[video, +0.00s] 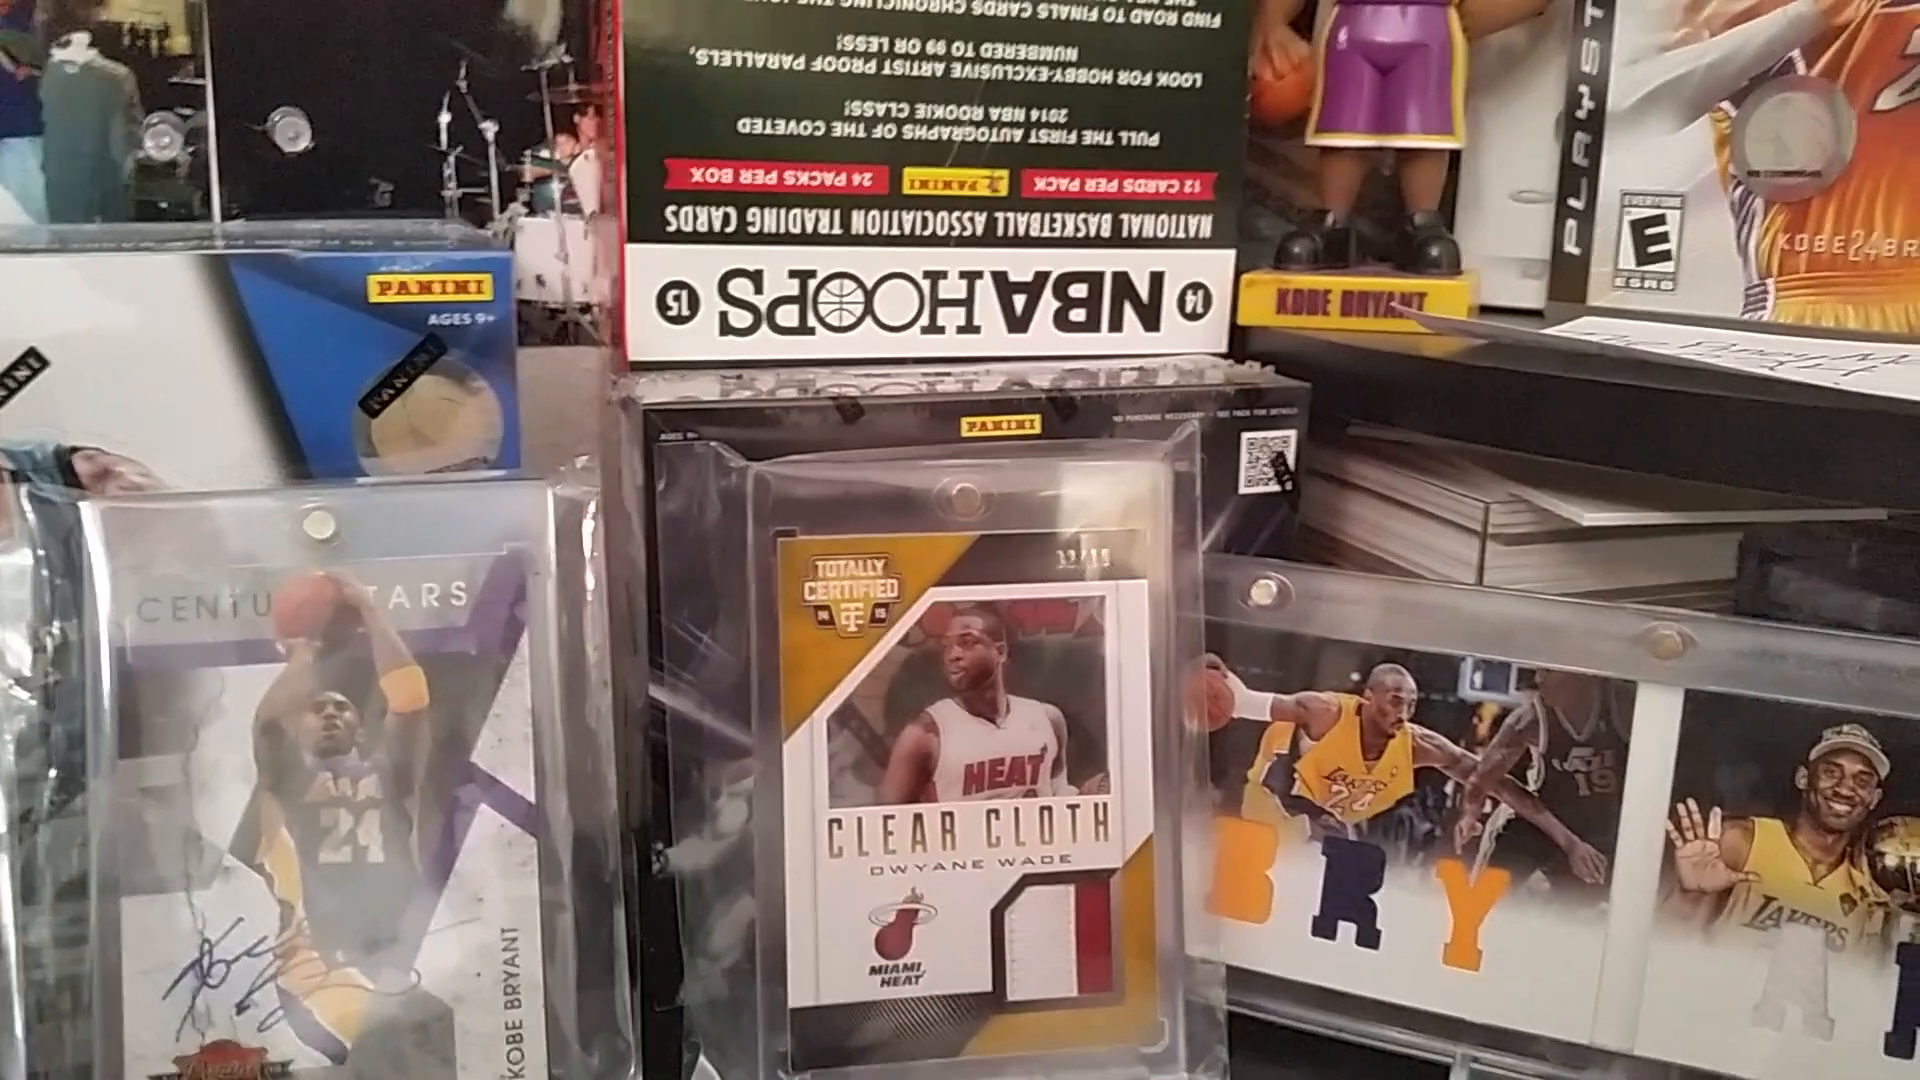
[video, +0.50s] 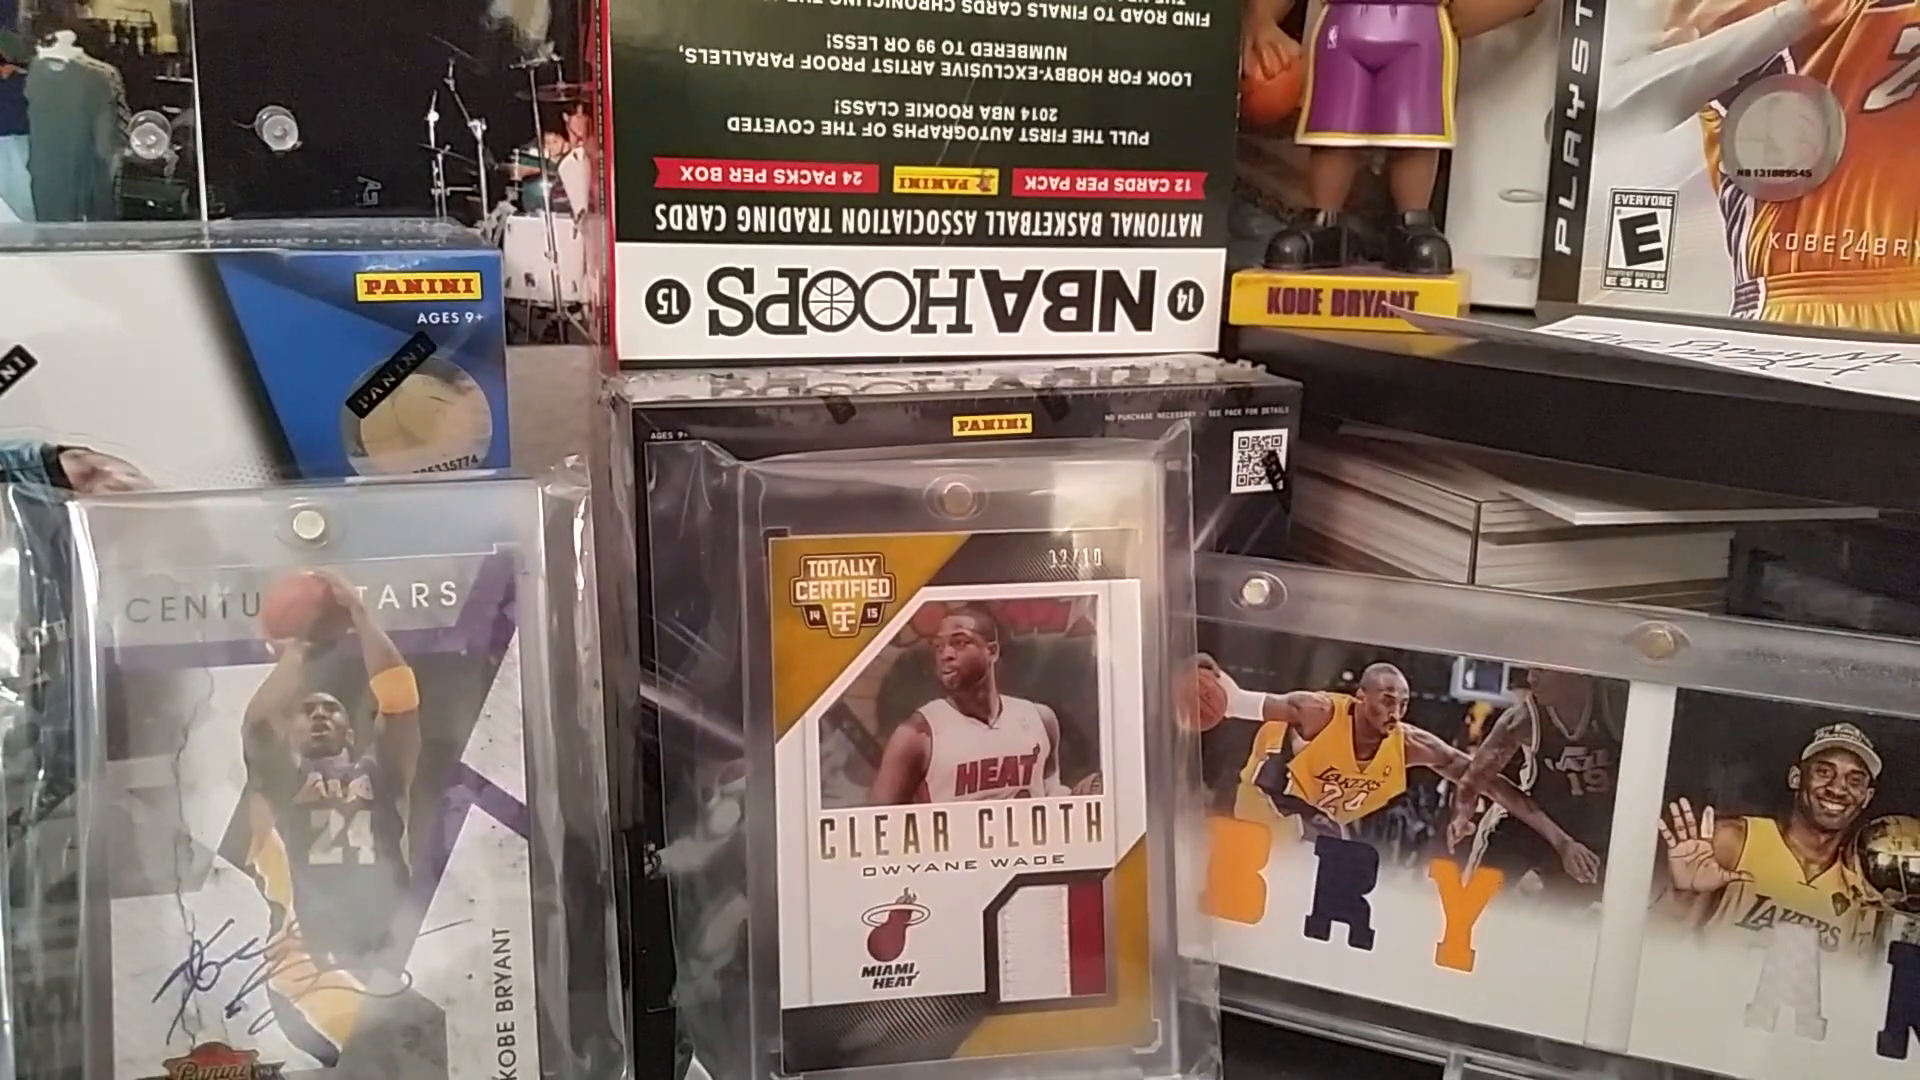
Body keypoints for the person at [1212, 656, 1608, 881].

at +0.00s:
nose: (1403, 709)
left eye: (1409, 701)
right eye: (1394, 699)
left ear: (1413, 706)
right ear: (1366, 696)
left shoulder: (1421, 744)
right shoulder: (1324, 709)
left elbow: (1495, 782)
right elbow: (1251, 702)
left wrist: (1569, 842)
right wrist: (1218, 678)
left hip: (1352, 818)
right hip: (1297, 798)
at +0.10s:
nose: (1397, 709)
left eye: (1403, 701)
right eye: (1388, 697)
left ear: (1407, 707)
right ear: (1360, 694)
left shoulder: (1415, 744)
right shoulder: (1319, 708)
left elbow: (1489, 781)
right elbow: (1243, 701)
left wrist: (1563, 840)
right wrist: (1214, 681)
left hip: (1338, 817)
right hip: (1282, 793)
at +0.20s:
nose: (1395, 709)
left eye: (1402, 701)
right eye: (1386, 698)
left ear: (1406, 705)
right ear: (1360, 695)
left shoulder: (1416, 745)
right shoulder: (1317, 709)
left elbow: (1488, 782)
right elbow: (1242, 701)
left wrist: (1562, 841)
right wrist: (1210, 679)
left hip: (1335, 820)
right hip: (1279, 797)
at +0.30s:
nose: (1395, 709)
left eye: (1401, 701)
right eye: (1386, 698)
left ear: (1405, 705)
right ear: (1359, 695)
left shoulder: (1415, 745)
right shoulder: (1317, 709)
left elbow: (1488, 782)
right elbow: (1242, 701)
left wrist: (1562, 841)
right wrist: (1209, 678)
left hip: (1335, 818)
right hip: (1282, 796)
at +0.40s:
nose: (1395, 708)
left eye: (1401, 700)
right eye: (1386, 698)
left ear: (1405, 705)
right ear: (1359, 695)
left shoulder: (1415, 745)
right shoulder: (1317, 709)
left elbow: (1488, 782)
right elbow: (1242, 701)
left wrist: (1563, 842)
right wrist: (1208, 678)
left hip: (1338, 816)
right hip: (1286, 793)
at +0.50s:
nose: (1395, 709)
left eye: (1401, 701)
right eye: (1386, 698)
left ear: (1405, 705)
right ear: (1359, 694)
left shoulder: (1414, 745)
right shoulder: (1316, 709)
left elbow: (1487, 782)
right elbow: (1240, 701)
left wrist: (1561, 841)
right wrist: (1207, 679)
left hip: (1331, 814)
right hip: (1276, 790)